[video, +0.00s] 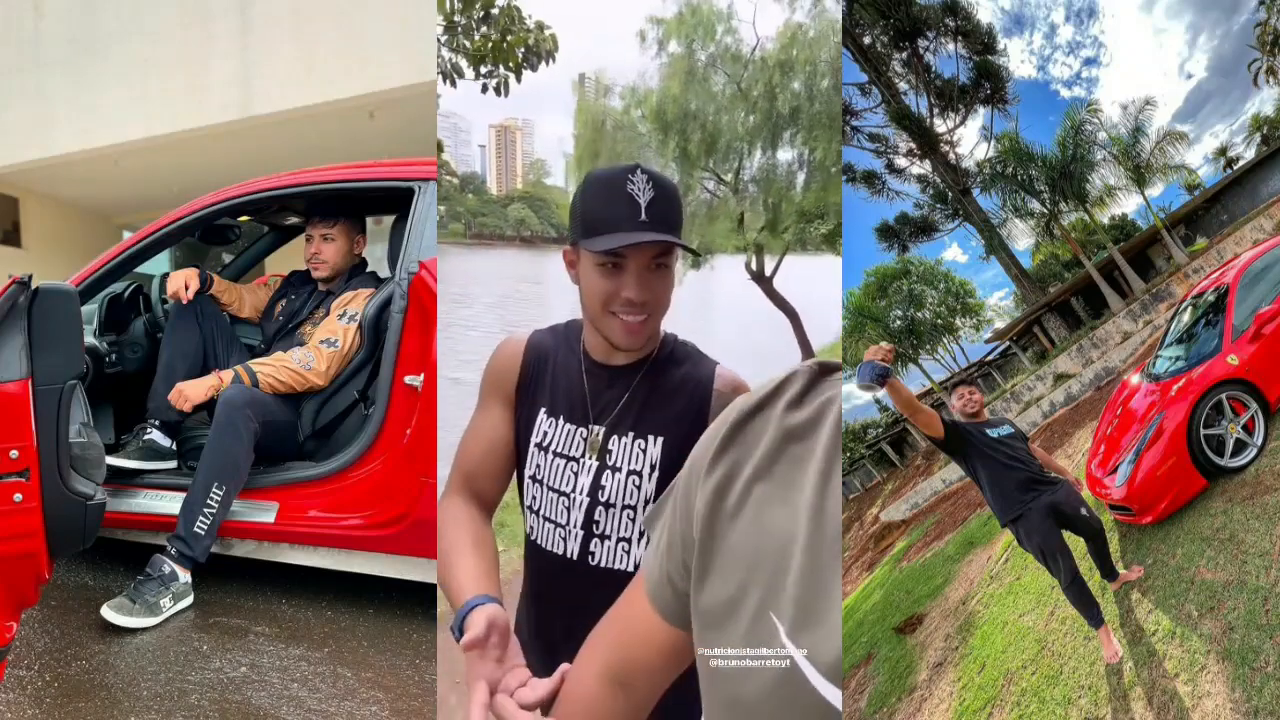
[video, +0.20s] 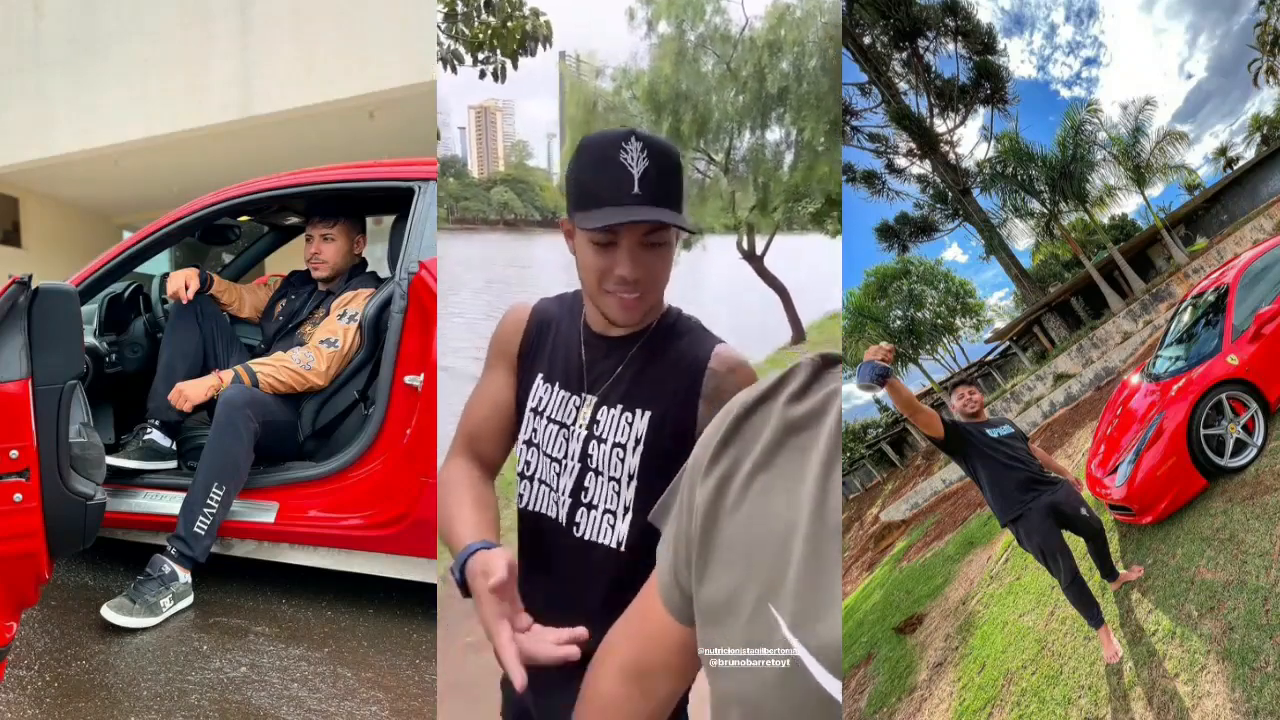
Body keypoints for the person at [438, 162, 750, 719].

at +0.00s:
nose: (635, 292)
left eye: (658, 265)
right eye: (611, 264)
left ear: (676, 267)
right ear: (572, 264)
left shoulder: (718, 401)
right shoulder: (522, 366)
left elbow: (723, 583)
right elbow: (468, 499)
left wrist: (593, 678)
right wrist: (480, 605)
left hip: (659, 698)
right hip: (536, 683)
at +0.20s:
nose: (627, 269)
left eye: (652, 243)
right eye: (605, 242)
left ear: (678, 242)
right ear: (570, 237)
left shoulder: (717, 379)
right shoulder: (528, 332)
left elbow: (737, 550)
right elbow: (469, 462)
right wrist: (478, 555)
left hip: (639, 684)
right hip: (530, 667)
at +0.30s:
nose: (613, 269)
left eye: (637, 243)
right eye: (591, 244)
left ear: (668, 233)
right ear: (561, 232)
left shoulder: (712, 367)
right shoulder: (533, 320)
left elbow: (732, 545)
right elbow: (475, 442)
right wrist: (482, 517)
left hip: (629, 667)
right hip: (519, 642)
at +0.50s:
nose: (585, 289)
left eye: (608, 264)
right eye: (564, 266)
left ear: (640, 257)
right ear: (539, 264)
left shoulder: (682, 386)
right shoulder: (515, 342)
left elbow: (677, 561)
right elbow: (462, 454)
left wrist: (615, 706)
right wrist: (444, 512)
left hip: (604, 690)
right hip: (500, 670)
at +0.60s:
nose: (567, 290)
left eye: (591, 264)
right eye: (544, 266)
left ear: (620, 258)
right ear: (519, 264)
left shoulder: (662, 388)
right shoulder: (494, 346)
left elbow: (657, 567)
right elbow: (439, 468)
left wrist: (589, 708)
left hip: (587, 696)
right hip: (483, 679)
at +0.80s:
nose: (501, 314)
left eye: (521, 284)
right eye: (476, 291)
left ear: (549, 281)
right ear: (451, 293)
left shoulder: (598, 402)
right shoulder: (438, 374)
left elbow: (611, 576)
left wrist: (590, 707)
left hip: (552, 696)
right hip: (459, 685)